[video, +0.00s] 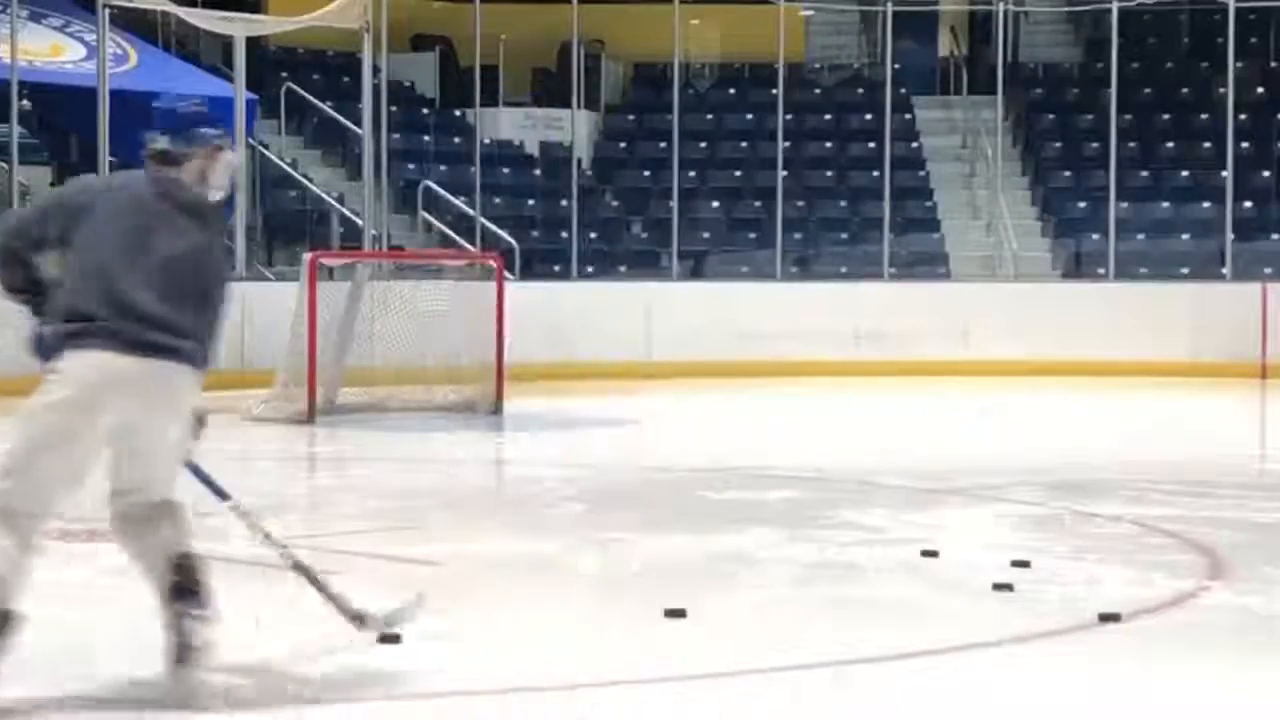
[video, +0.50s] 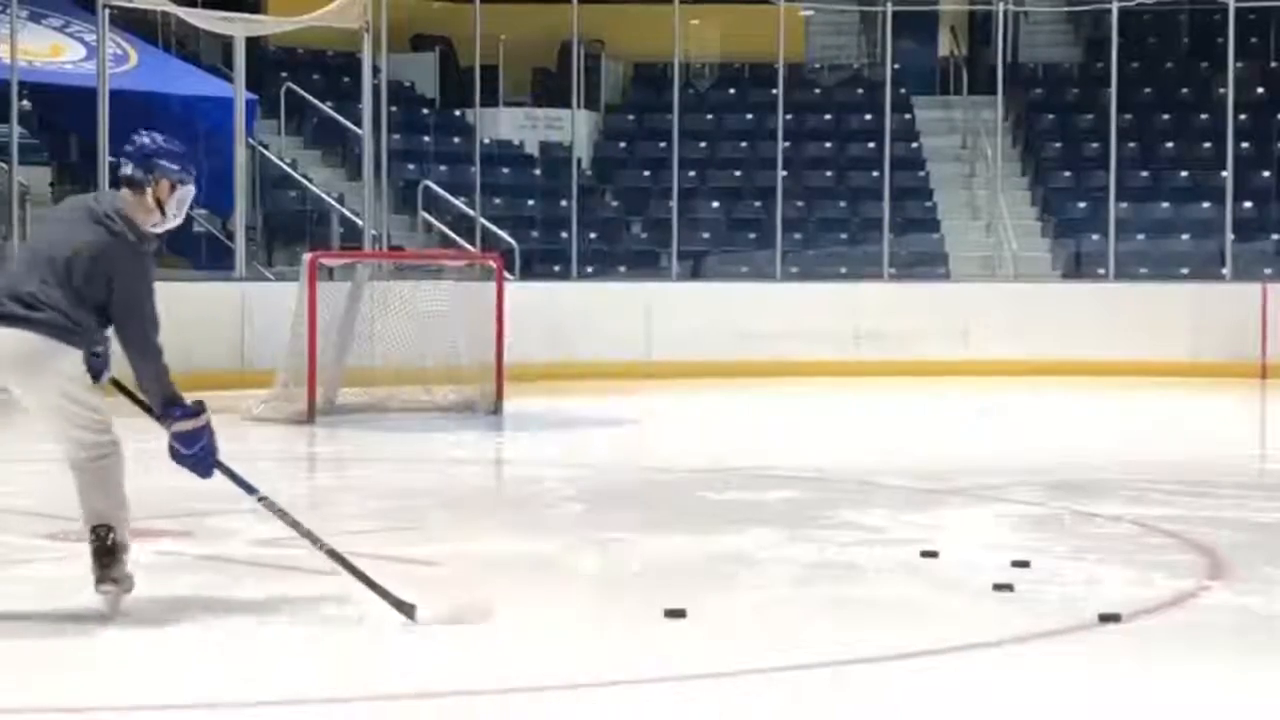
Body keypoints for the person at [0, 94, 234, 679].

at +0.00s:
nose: (221, 174)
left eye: (222, 161)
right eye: (216, 161)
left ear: (154, 155)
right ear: (195, 162)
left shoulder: (99, 192)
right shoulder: (212, 234)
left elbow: (11, 234)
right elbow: (202, 333)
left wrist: (39, 297)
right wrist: (192, 404)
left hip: (89, 366)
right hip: (169, 380)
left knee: (16, 504)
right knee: (146, 497)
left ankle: (5, 610)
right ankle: (183, 589)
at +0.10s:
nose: (184, 179)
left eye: (186, 167)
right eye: (179, 166)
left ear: (121, 159)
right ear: (154, 163)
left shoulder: (55, 196)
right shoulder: (162, 230)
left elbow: (3, 228)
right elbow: (156, 324)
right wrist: (145, 397)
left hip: (23, 362)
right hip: (106, 373)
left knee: (3, 483)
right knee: (106, 487)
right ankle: (124, 595)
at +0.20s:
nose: (162, 187)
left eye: (164, 174)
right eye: (157, 172)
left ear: (101, 163)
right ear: (133, 170)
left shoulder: (24, 206)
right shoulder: (129, 235)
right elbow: (130, 333)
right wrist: (133, 410)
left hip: (5, 356)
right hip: (66, 368)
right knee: (83, 471)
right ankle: (90, 589)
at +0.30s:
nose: (157, 196)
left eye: (163, 183)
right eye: (152, 180)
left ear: (103, 169)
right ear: (119, 173)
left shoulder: (32, 205)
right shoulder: (114, 245)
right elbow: (122, 350)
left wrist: (75, 348)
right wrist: (148, 418)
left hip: (2, 344)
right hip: (40, 357)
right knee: (81, 461)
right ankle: (87, 579)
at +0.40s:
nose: (166, 201)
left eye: (172, 188)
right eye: (161, 185)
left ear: (117, 175)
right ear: (131, 178)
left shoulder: (55, 208)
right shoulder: (116, 247)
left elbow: (31, 280)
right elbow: (130, 350)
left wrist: (75, 351)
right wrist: (164, 413)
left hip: (4, 334)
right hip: (39, 348)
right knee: (87, 453)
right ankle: (98, 568)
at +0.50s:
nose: (176, 205)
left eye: (181, 194)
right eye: (173, 190)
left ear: (128, 179)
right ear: (150, 185)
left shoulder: (71, 208)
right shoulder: (127, 248)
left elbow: (60, 278)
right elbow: (140, 341)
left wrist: (93, 340)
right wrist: (172, 409)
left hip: (6, 326)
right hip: (40, 340)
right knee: (93, 443)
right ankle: (109, 552)